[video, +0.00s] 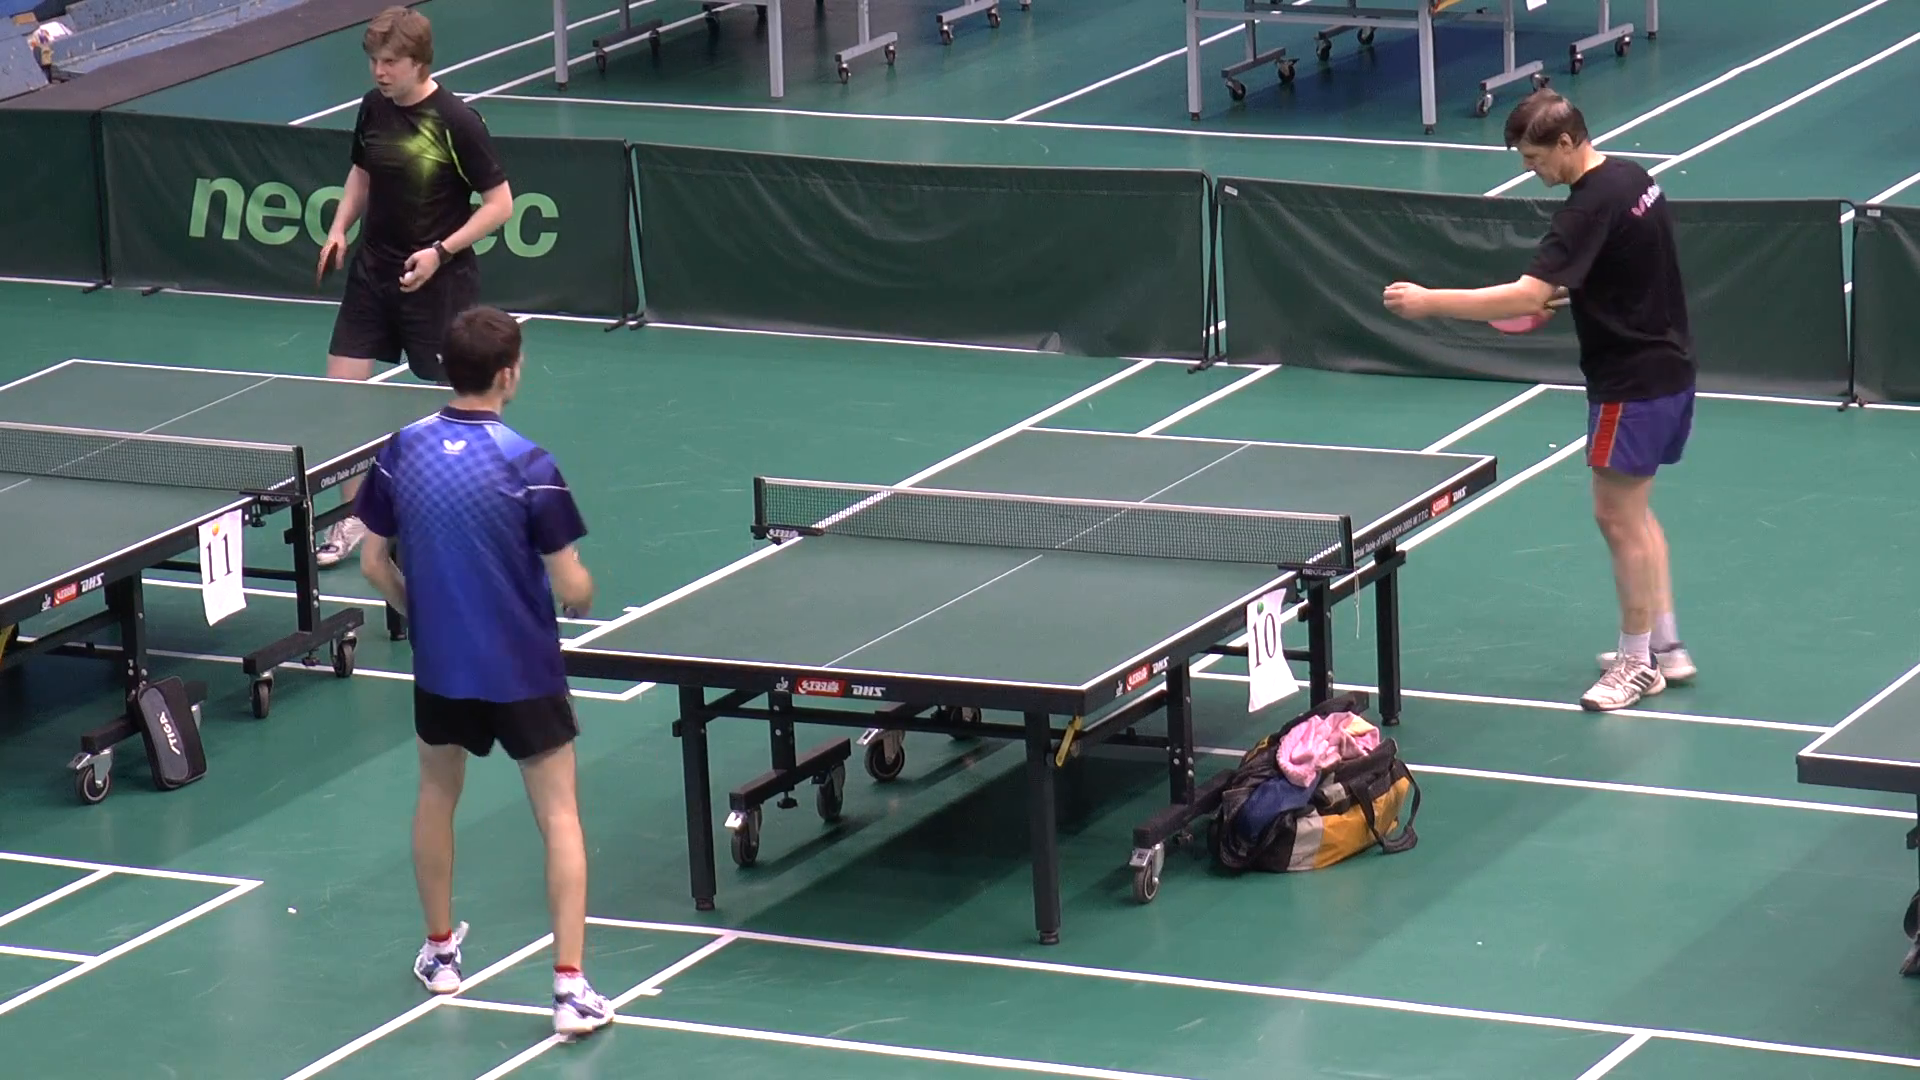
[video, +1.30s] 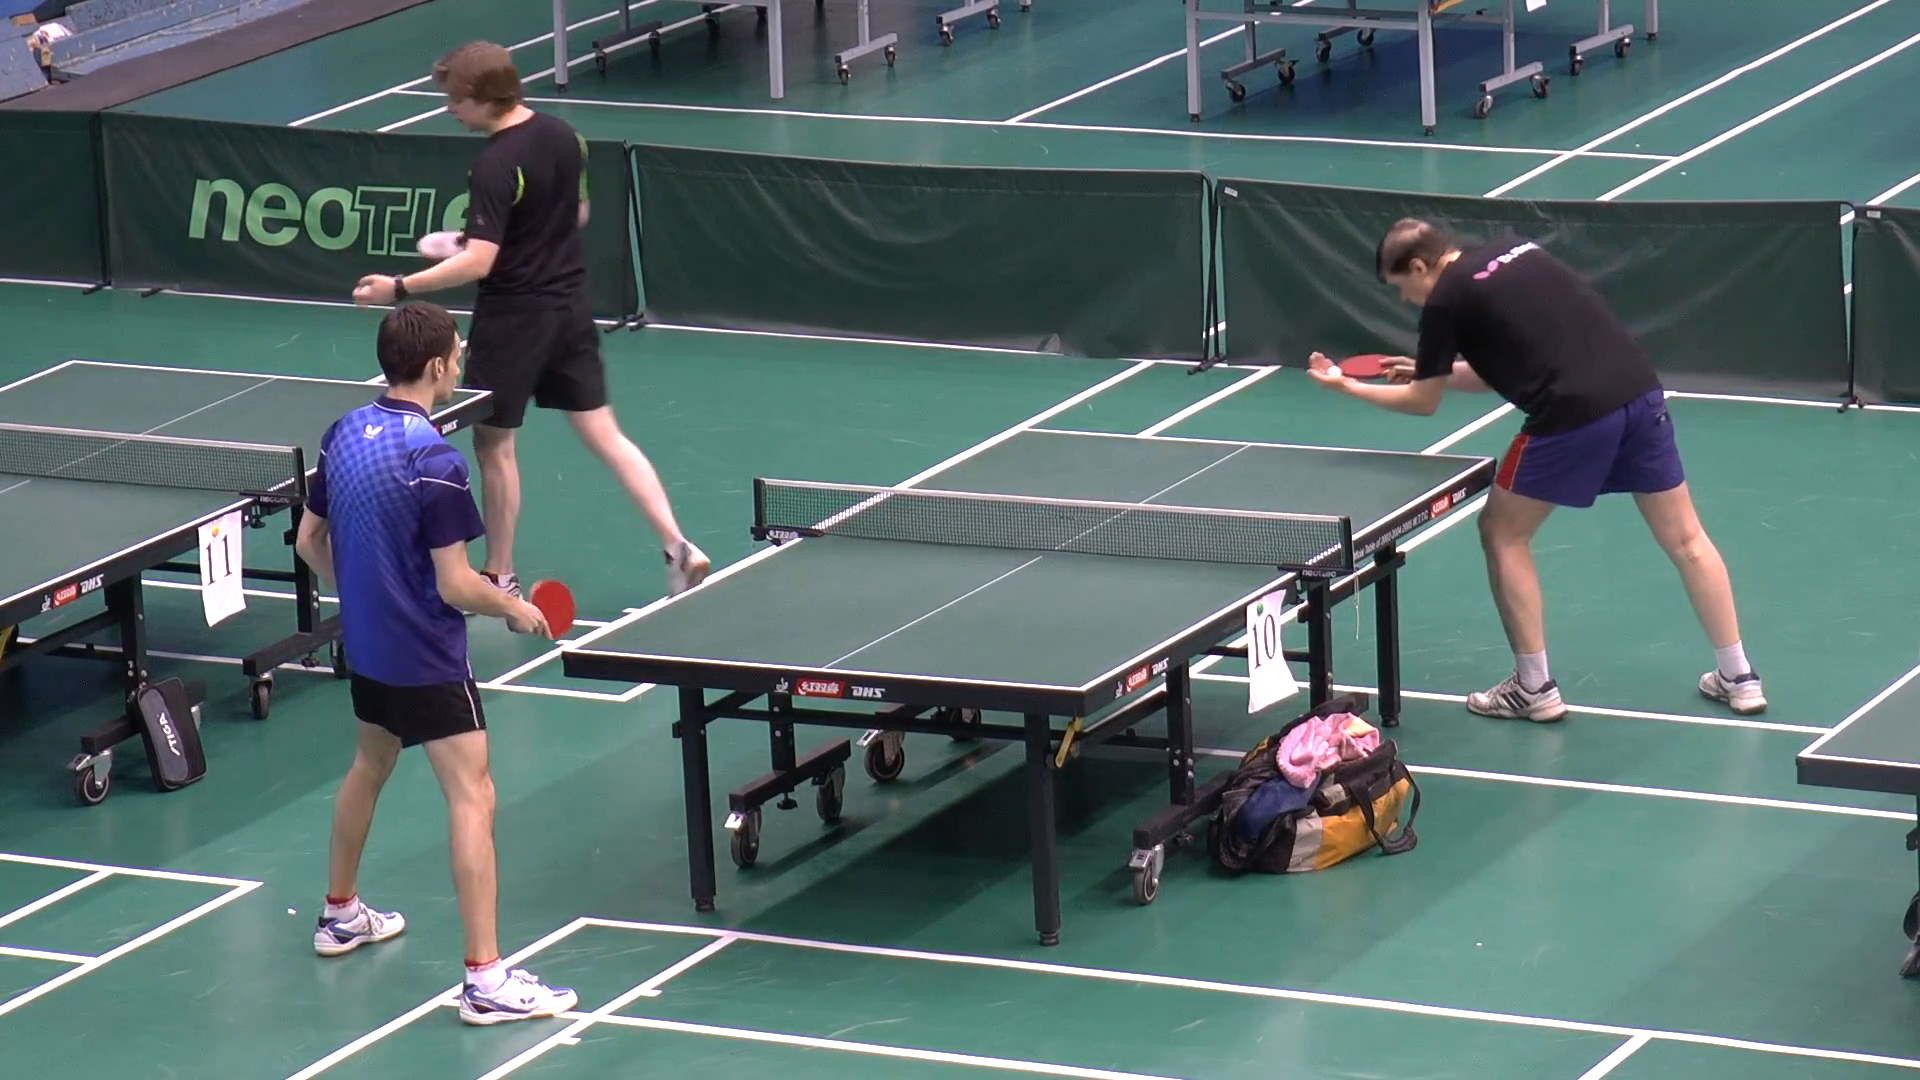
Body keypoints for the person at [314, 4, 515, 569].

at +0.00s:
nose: (378, 72)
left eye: (387, 63)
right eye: (374, 62)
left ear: (419, 61)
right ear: (373, 61)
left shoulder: (459, 120)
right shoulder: (373, 108)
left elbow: (500, 203)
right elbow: (361, 175)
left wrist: (442, 251)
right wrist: (339, 228)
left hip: (440, 281)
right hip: (373, 272)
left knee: (455, 399)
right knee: (343, 386)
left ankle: (468, 515)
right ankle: (359, 513)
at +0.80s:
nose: (377, 123)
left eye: (387, 112)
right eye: (371, 113)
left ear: (417, 105)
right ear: (367, 108)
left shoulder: (447, 154)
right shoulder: (385, 150)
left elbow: (483, 241)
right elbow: (376, 212)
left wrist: (414, 233)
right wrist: (354, 244)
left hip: (449, 315)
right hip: (403, 311)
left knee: (439, 447)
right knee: (395, 437)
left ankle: (493, 571)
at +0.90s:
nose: (385, 124)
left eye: (393, 114)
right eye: (380, 114)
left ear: (426, 104)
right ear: (384, 107)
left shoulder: (456, 152)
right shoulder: (408, 145)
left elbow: (470, 245)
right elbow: (414, 216)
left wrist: (397, 256)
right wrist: (384, 256)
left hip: (471, 308)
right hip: (429, 304)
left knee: (453, 444)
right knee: (429, 441)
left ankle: (497, 575)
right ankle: (424, 573)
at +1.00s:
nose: (397, 121)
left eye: (405, 111)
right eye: (392, 111)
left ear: (437, 101)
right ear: (404, 103)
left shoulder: (464, 150)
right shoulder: (441, 137)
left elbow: (459, 248)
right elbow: (448, 229)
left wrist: (385, 282)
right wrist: (403, 253)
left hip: (483, 304)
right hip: (458, 299)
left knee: (464, 436)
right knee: (453, 431)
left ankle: (497, 578)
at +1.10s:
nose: (410, 118)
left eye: (416, 108)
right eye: (407, 107)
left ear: (447, 99)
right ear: (451, 99)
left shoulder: (471, 155)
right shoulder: (491, 128)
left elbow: (453, 253)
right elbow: (496, 218)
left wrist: (383, 296)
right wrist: (439, 246)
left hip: (487, 307)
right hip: (513, 299)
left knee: (477, 442)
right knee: (497, 430)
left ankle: (497, 577)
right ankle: (591, 528)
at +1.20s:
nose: (427, 113)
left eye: (433, 104)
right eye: (425, 103)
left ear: (464, 99)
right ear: (480, 95)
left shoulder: (480, 160)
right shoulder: (526, 132)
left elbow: (461, 256)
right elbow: (528, 219)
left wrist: (387, 295)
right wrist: (450, 243)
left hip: (496, 316)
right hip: (544, 307)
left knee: (485, 446)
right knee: (552, 429)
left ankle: (497, 577)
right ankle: (643, 528)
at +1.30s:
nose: (452, 111)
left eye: (455, 102)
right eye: (450, 102)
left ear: (483, 98)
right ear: (507, 90)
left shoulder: (495, 163)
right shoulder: (560, 134)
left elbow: (478, 262)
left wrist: (399, 286)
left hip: (511, 323)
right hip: (570, 315)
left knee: (495, 447)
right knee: (605, 434)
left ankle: (500, 577)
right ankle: (679, 547)